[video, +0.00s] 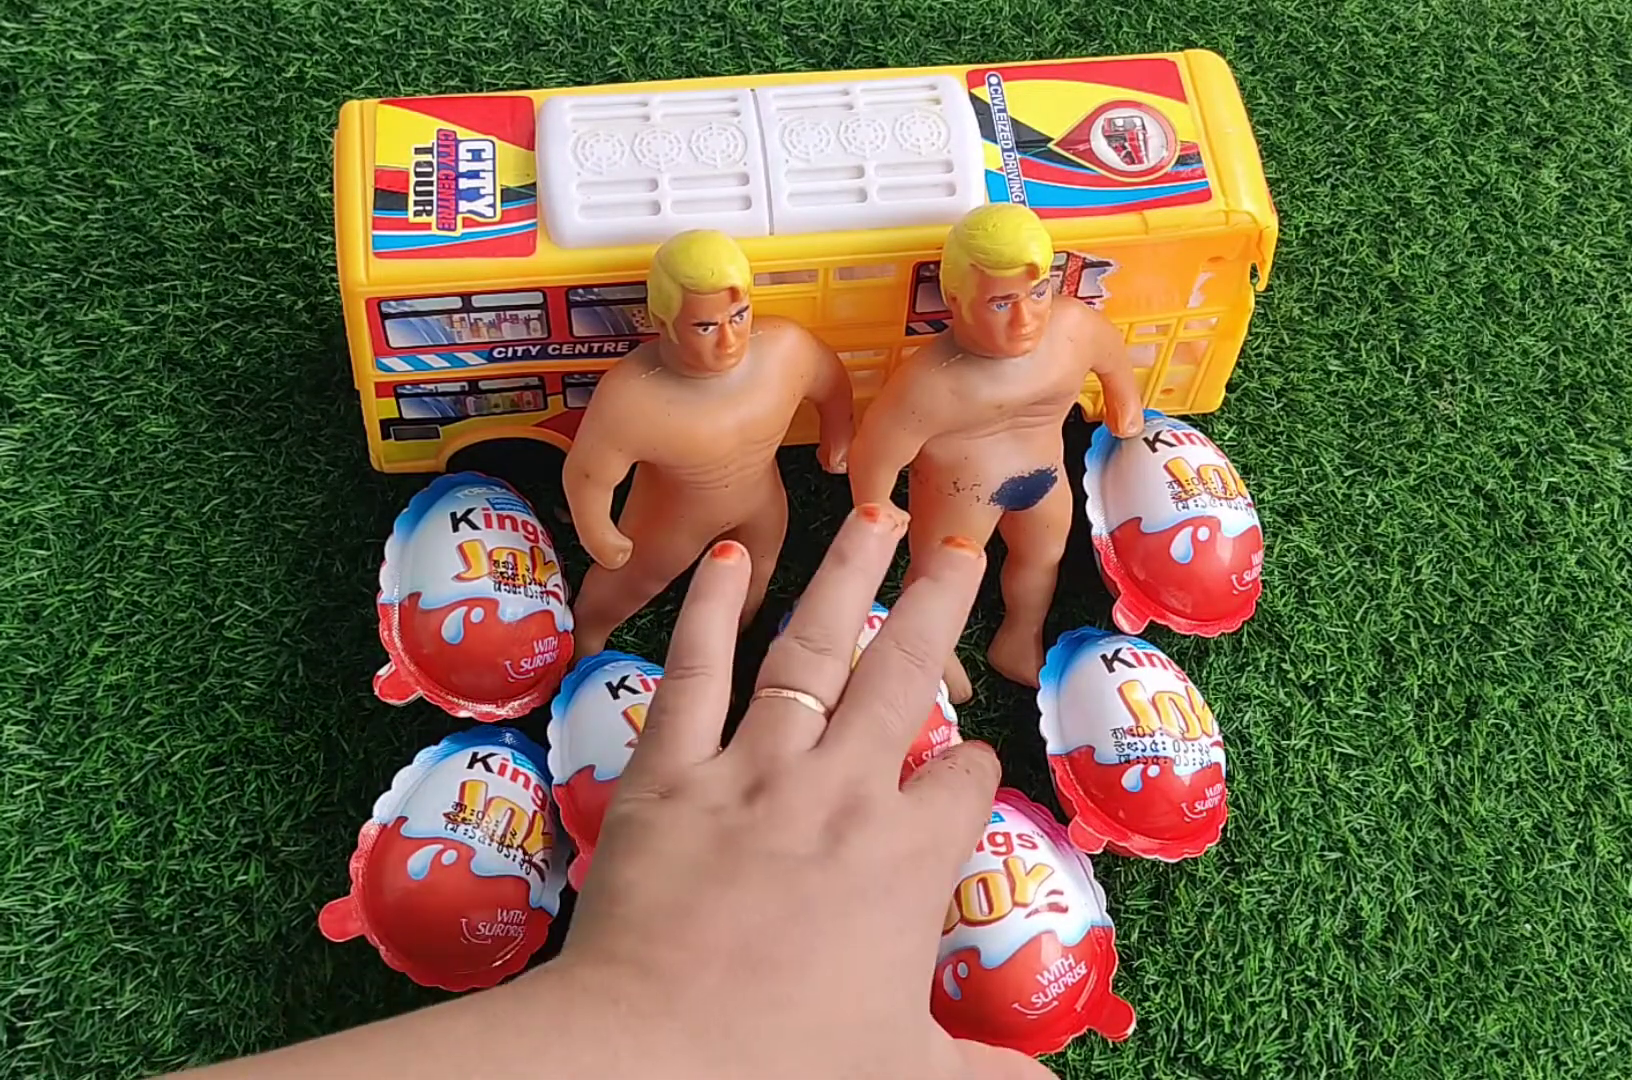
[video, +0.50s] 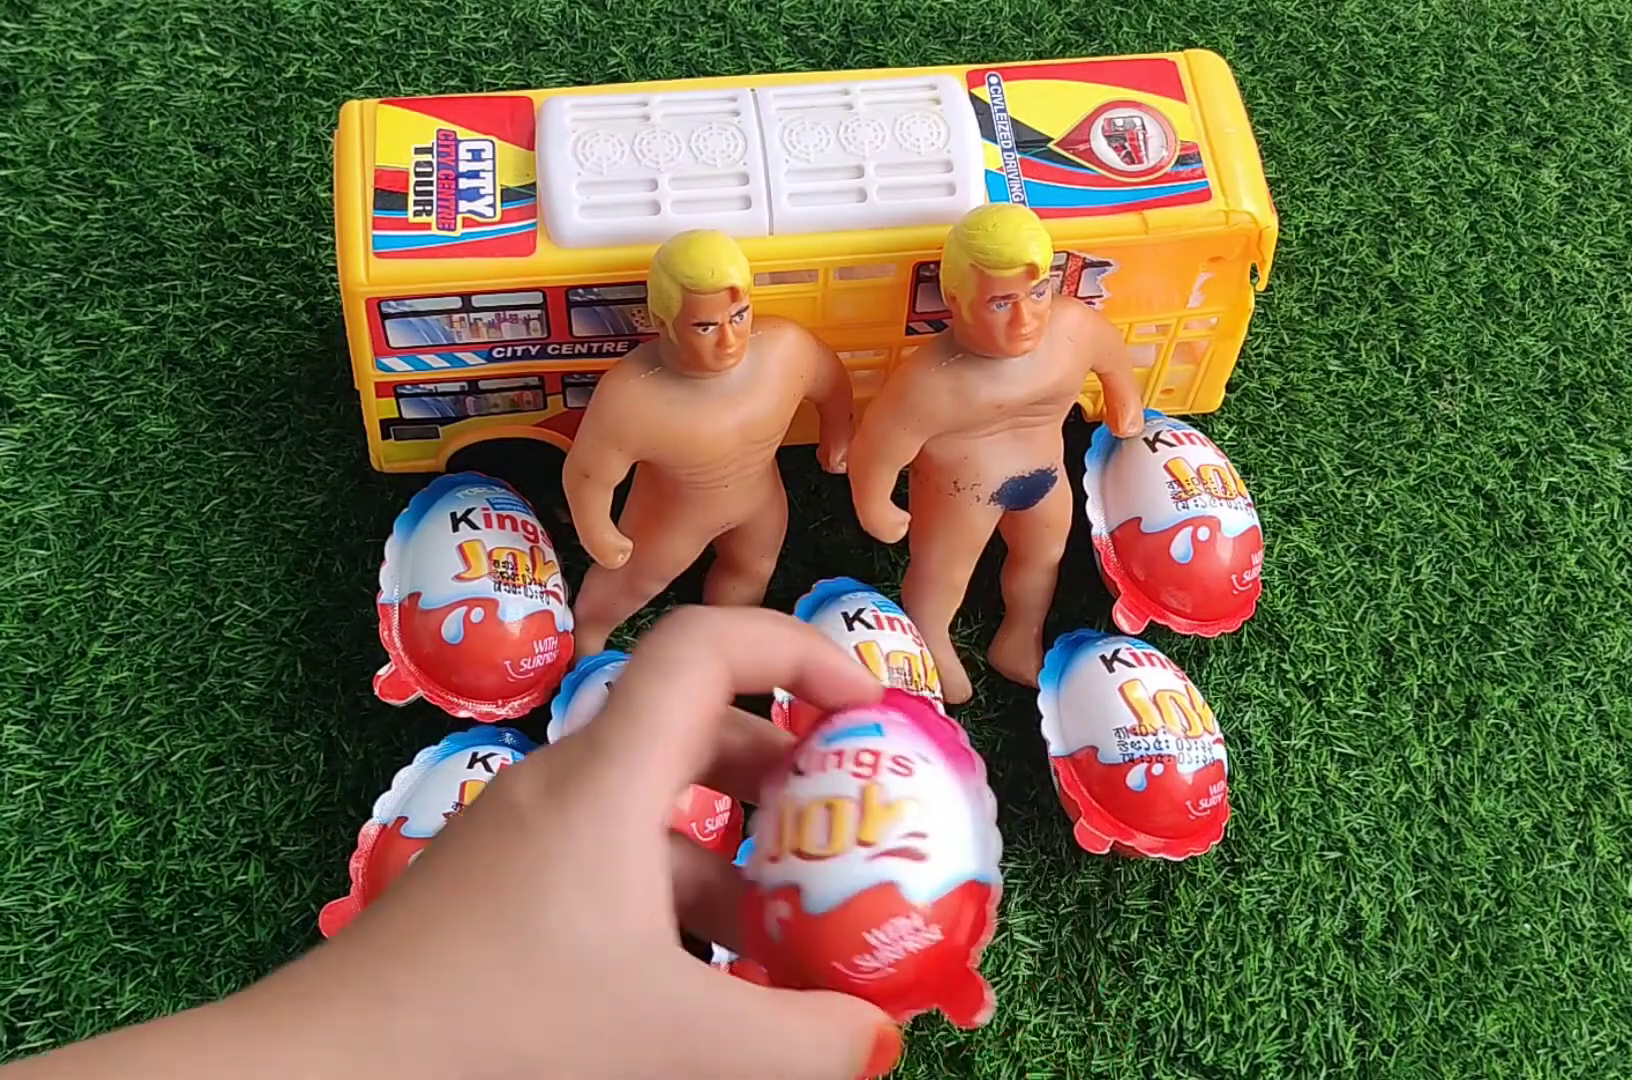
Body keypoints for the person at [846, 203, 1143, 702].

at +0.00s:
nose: (1024, 316)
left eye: (1036, 294)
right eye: (1000, 302)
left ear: (1049, 284)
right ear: (953, 303)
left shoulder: (1077, 326)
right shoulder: (927, 383)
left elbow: (1112, 357)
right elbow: (873, 456)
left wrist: (1125, 404)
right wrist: (875, 513)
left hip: (1044, 478)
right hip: (958, 493)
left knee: (1040, 561)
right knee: (938, 580)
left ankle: (1019, 643)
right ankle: (934, 647)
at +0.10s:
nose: (1024, 316)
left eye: (1036, 294)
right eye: (1000, 302)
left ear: (1049, 283)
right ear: (953, 303)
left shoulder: (1077, 326)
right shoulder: (927, 382)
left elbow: (1112, 357)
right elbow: (874, 451)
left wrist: (1126, 406)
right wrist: (877, 509)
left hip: (1045, 479)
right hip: (959, 494)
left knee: (1040, 562)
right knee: (941, 579)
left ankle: (1020, 645)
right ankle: (935, 660)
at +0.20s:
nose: (1024, 316)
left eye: (1036, 294)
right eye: (1000, 302)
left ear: (1049, 283)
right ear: (953, 303)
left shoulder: (1077, 327)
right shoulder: (927, 383)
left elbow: (1112, 358)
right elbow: (873, 454)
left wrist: (1125, 407)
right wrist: (877, 514)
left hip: (1045, 477)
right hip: (958, 492)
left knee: (1040, 563)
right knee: (943, 584)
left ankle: (1020, 646)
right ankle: (936, 662)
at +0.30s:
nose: (1024, 316)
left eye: (1036, 294)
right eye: (999, 302)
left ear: (1051, 282)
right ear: (953, 302)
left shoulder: (1078, 327)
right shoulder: (927, 383)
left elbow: (1113, 361)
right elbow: (873, 453)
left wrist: (1126, 409)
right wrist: (878, 514)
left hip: (1045, 475)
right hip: (959, 490)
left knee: (1040, 561)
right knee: (941, 580)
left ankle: (1020, 646)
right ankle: (932, 660)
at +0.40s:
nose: (1024, 317)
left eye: (1037, 294)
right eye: (999, 303)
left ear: (1051, 283)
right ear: (953, 302)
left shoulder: (1078, 327)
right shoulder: (927, 383)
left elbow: (1113, 360)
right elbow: (873, 454)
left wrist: (1126, 408)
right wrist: (878, 514)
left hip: (1045, 476)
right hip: (959, 490)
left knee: (1041, 561)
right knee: (941, 576)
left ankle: (1020, 641)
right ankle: (934, 648)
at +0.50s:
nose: (1023, 316)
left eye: (1036, 294)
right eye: (999, 302)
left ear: (1051, 284)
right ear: (953, 303)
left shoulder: (1077, 326)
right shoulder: (927, 382)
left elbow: (1112, 357)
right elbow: (874, 453)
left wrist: (1126, 404)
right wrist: (877, 514)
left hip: (1045, 474)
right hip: (960, 488)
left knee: (1041, 559)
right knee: (942, 574)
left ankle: (1020, 642)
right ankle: (932, 644)